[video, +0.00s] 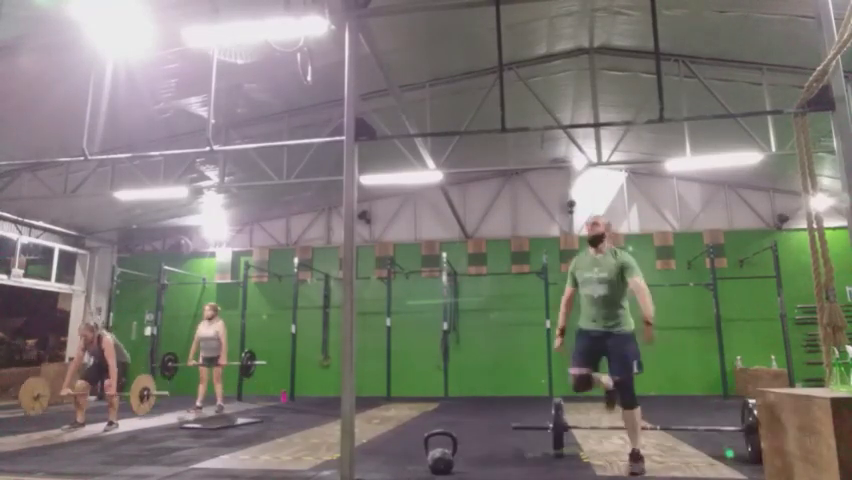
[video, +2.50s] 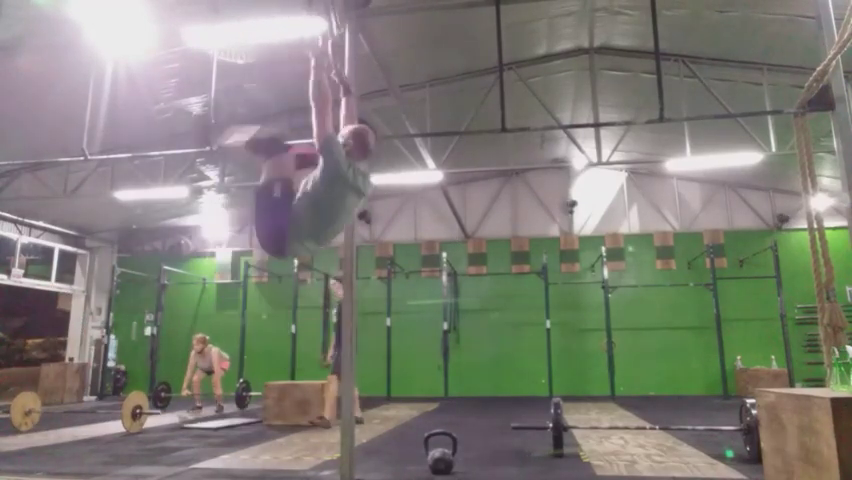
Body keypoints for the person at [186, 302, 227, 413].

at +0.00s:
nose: (206, 313)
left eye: (208, 310)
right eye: (205, 310)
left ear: (214, 312)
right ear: (204, 312)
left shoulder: (219, 324)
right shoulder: (201, 324)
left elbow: (223, 341)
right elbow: (195, 341)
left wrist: (223, 357)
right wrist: (191, 357)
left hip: (216, 353)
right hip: (203, 354)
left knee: (217, 379)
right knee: (202, 379)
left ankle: (219, 402)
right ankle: (198, 403)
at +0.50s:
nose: (204, 336)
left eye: (206, 333)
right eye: (202, 334)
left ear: (208, 333)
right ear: (200, 334)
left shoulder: (214, 342)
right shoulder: (197, 343)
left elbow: (219, 356)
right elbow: (190, 360)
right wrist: (187, 378)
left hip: (217, 362)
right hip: (205, 361)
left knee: (218, 383)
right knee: (197, 379)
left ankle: (219, 403)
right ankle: (198, 403)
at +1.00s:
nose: (198, 335)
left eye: (201, 333)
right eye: (197, 333)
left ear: (207, 334)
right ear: (195, 333)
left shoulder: (215, 342)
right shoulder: (196, 343)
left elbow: (220, 362)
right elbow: (191, 361)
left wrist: (219, 378)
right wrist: (186, 378)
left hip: (220, 360)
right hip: (205, 361)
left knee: (218, 381)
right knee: (196, 378)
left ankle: (219, 404)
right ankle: (198, 404)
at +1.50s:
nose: (206, 313)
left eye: (209, 310)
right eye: (205, 310)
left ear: (215, 312)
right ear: (204, 312)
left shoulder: (220, 324)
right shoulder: (202, 325)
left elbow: (224, 341)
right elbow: (197, 342)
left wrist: (224, 357)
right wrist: (192, 358)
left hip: (217, 354)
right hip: (204, 354)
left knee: (217, 378)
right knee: (202, 379)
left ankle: (219, 403)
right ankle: (199, 403)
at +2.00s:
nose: (200, 319)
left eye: (203, 316)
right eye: (200, 316)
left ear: (209, 319)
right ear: (198, 318)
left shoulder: (215, 329)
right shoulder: (197, 330)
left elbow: (221, 347)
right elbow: (192, 347)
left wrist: (222, 364)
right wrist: (189, 363)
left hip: (217, 354)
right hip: (204, 355)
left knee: (217, 376)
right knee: (200, 375)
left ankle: (219, 402)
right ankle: (198, 402)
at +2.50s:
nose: (195, 347)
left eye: (198, 344)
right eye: (194, 344)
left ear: (204, 344)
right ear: (193, 345)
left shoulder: (213, 351)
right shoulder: (194, 353)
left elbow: (217, 369)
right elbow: (190, 370)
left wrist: (217, 388)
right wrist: (184, 387)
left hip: (221, 364)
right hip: (205, 367)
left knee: (215, 381)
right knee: (195, 379)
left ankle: (219, 404)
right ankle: (198, 404)